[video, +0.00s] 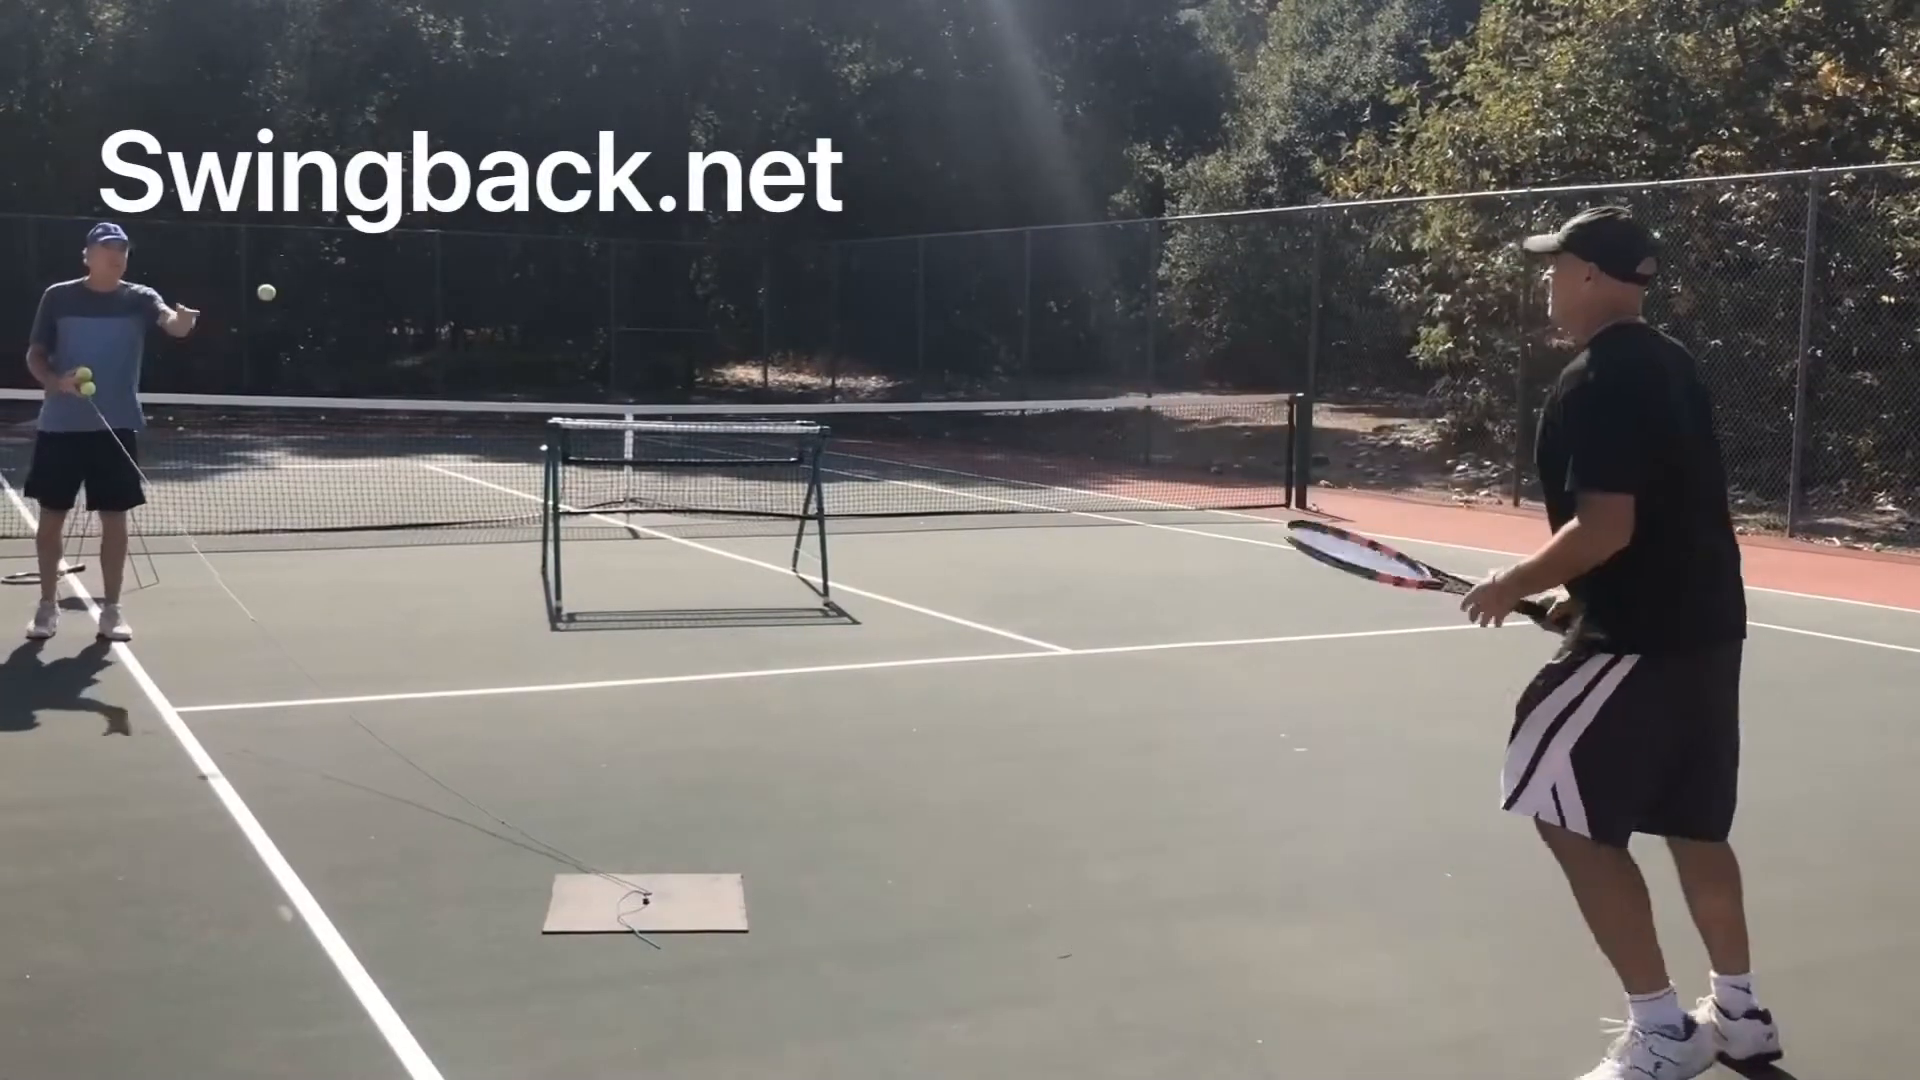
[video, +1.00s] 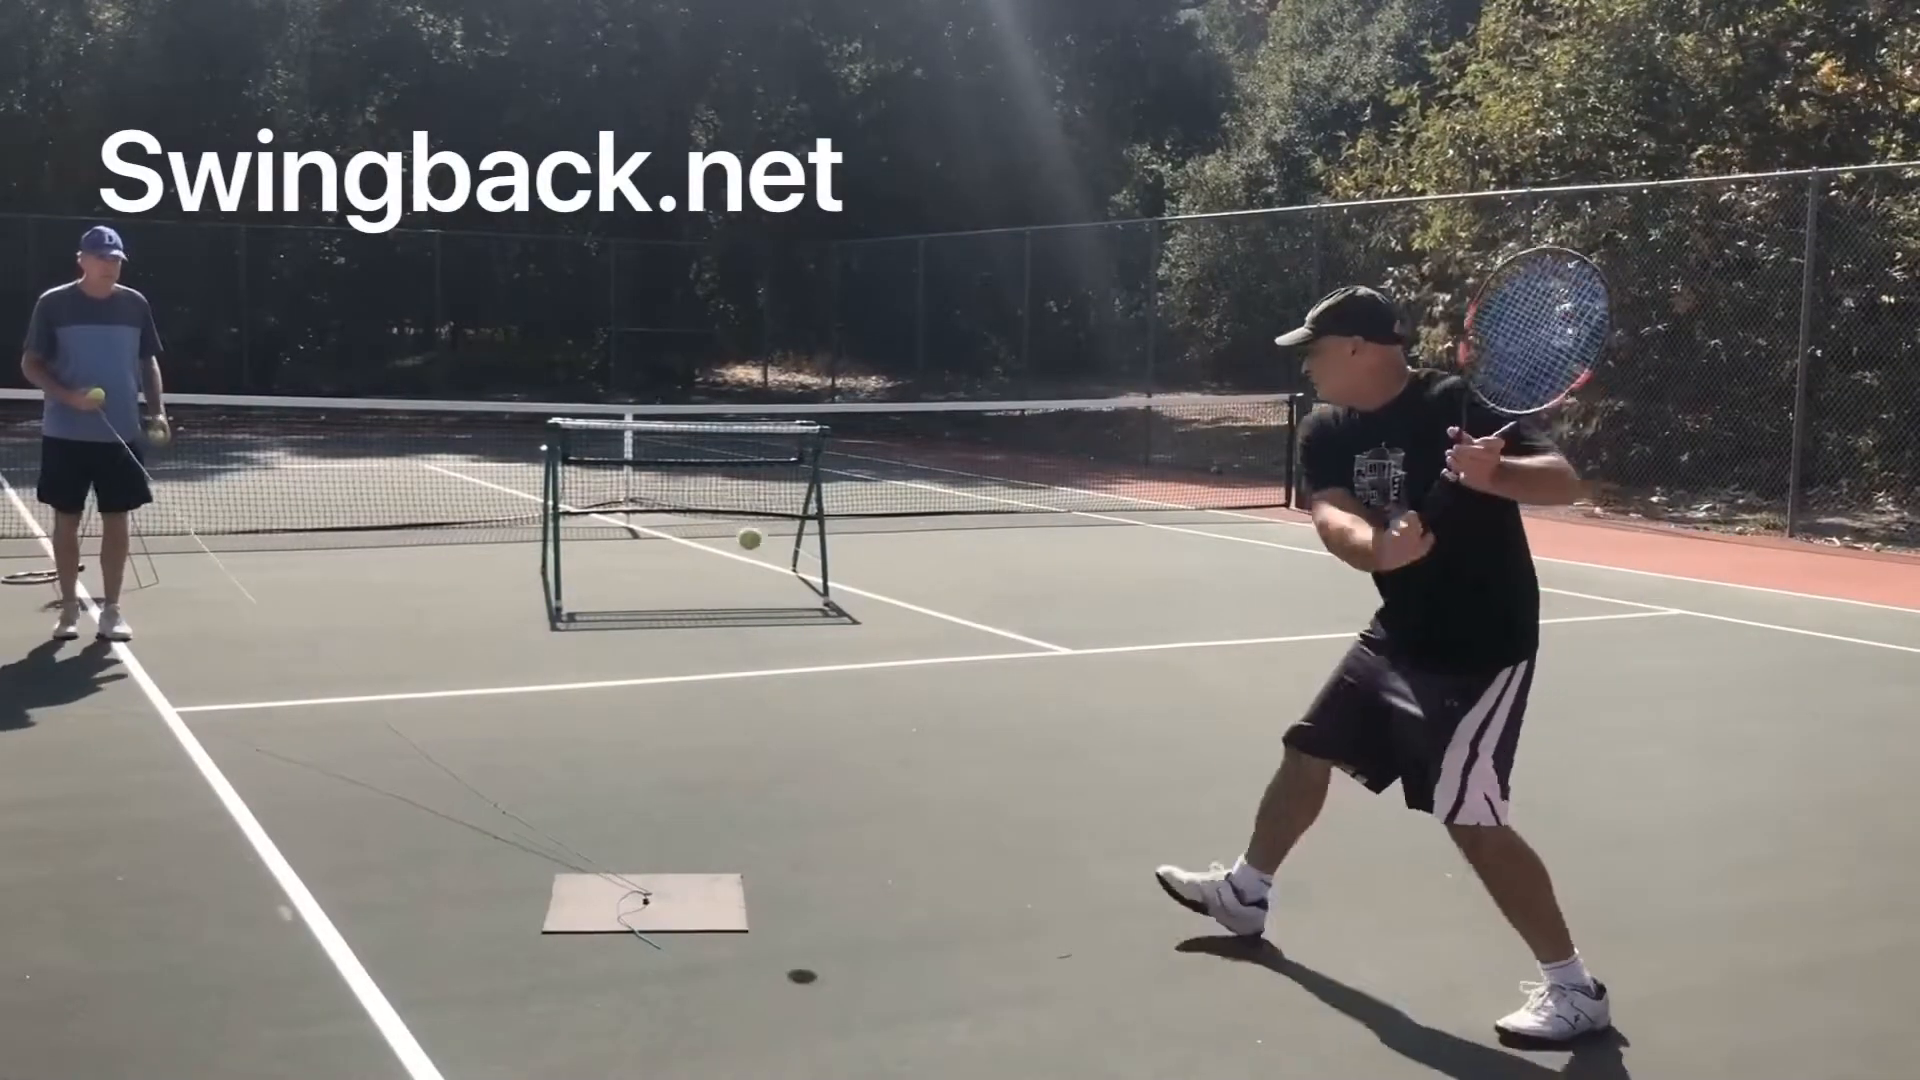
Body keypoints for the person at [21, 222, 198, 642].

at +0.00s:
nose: (114, 255)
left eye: (120, 248)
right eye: (106, 247)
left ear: (127, 255)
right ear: (88, 254)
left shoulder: (141, 297)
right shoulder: (57, 297)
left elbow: (171, 322)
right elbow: (35, 355)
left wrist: (183, 321)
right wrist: (54, 380)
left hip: (116, 428)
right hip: (61, 428)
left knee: (115, 520)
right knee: (50, 519)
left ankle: (111, 610)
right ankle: (47, 605)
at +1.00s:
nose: (112, 269)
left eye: (116, 261)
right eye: (104, 260)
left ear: (123, 263)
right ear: (82, 260)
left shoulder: (135, 304)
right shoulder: (52, 303)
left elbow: (149, 361)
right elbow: (30, 364)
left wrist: (158, 410)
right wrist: (68, 395)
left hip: (120, 438)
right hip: (67, 438)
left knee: (117, 522)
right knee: (66, 523)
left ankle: (111, 610)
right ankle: (69, 607)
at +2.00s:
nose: (107, 271)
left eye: (112, 264)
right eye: (99, 263)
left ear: (118, 267)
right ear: (79, 264)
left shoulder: (130, 310)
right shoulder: (46, 304)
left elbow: (135, 371)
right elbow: (20, 362)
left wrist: (140, 427)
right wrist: (54, 394)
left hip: (109, 439)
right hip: (54, 438)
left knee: (112, 521)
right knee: (59, 523)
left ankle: (110, 610)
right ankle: (68, 606)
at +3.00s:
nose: (104, 267)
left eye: (110, 259)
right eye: (97, 258)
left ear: (117, 262)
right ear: (76, 258)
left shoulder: (132, 304)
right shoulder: (47, 302)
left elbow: (151, 365)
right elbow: (26, 363)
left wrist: (128, 386)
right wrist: (66, 390)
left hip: (115, 437)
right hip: (60, 437)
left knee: (115, 523)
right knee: (62, 524)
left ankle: (111, 610)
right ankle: (68, 608)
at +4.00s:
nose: (92, 267)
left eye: (98, 260)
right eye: (84, 259)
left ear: (105, 263)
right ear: (65, 259)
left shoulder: (119, 304)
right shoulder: (37, 304)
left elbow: (130, 363)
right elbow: (16, 364)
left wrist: (142, 416)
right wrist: (53, 394)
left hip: (110, 436)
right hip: (55, 437)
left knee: (111, 520)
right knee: (60, 521)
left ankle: (111, 609)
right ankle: (69, 606)